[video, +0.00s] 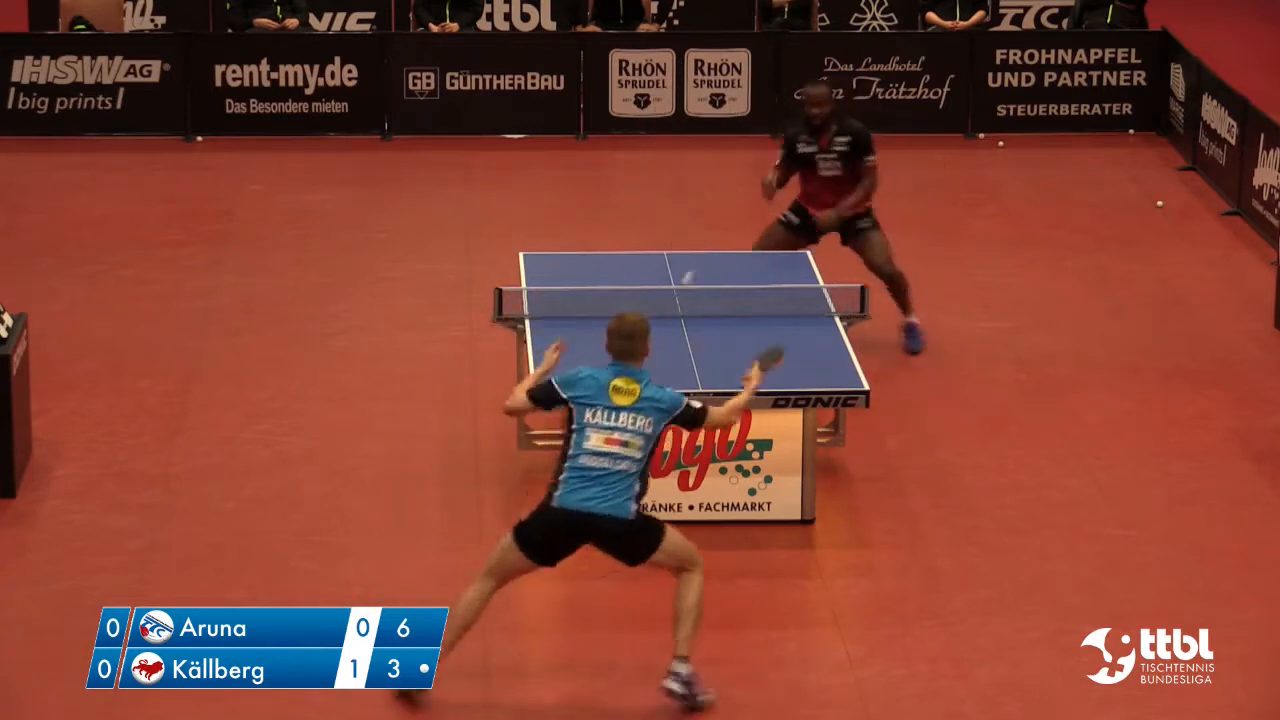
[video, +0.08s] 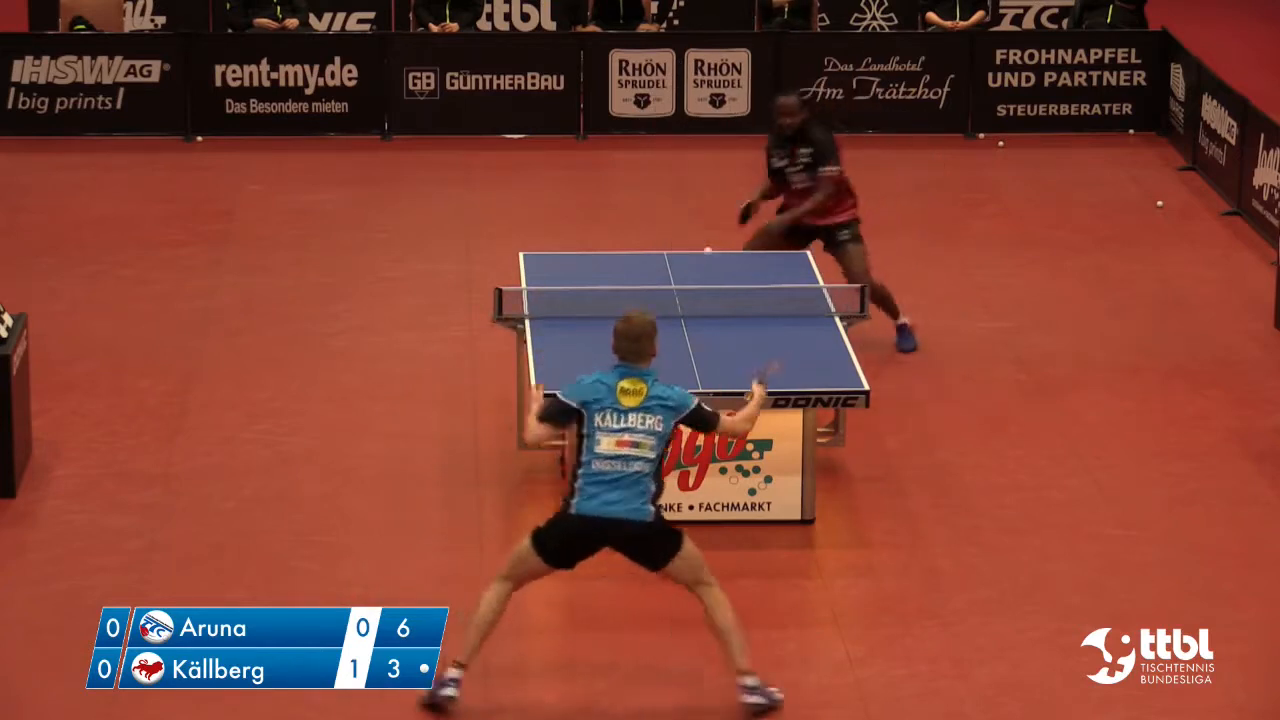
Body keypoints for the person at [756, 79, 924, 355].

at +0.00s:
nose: (815, 111)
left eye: (821, 105)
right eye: (810, 105)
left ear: (833, 104)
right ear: (803, 106)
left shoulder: (855, 133)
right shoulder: (796, 135)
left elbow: (869, 183)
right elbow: (785, 170)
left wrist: (838, 212)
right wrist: (773, 180)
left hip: (853, 213)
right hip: (807, 211)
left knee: (887, 270)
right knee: (760, 255)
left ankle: (910, 320)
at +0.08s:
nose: (786, 121)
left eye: (791, 115)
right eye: (781, 115)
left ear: (804, 114)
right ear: (775, 117)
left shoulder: (819, 137)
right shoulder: (775, 144)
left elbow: (827, 191)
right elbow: (777, 185)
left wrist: (787, 218)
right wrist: (756, 201)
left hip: (838, 219)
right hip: (798, 219)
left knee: (861, 280)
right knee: (753, 252)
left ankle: (901, 324)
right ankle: (751, 319)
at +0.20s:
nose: (760, 137)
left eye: (766, 131)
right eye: (756, 131)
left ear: (780, 127)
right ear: (754, 131)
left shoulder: (790, 153)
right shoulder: (769, 150)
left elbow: (770, 201)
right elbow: (786, 198)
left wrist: (728, 229)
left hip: (823, 233)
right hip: (785, 226)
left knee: (843, 302)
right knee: (731, 252)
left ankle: (913, 309)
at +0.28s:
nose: (767, 133)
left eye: (773, 127)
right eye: (764, 128)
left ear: (787, 124)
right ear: (765, 126)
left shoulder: (792, 148)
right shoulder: (803, 138)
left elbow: (772, 192)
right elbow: (834, 166)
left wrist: (735, 220)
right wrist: (805, 190)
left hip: (827, 236)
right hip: (793, 228)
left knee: (845, 307)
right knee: (740, 252)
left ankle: (918, 315)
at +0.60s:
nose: (875, 112)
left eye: (882, 106)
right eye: (872, 105)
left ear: (897, 107)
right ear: (867, 100)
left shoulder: (903, 139)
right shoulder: (856, 110)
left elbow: (933, 141)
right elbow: (840, 63)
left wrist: (949, 101)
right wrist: (884, 63)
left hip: (861, 211)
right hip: (820, 197)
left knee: (885, 276)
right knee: (773, 247)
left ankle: (937, 324)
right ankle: (773, 318)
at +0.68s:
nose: (888, 112)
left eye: (895, 106)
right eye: (884, 105)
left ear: (909, 105)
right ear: (878, 100)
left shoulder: (917, 142)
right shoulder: (863, 109)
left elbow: (967, 161)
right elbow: (838, 68)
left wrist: (986, 128)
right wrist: (883, 62)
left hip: (871, 211)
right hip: (829, 201)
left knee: (891, 273)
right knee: (787, 258)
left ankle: (939, 326)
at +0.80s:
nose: (888, 98)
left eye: (894, 93)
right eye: (884, 92)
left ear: (907, 93)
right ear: (877, 90)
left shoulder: (917, 131)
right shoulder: (860, 106)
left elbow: (938, 178)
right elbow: (816, 98)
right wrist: (845, 71)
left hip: (888, 206)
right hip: (844, 200)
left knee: (907, 267)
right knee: (799, 257)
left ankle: (942, 325)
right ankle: (788, 324)